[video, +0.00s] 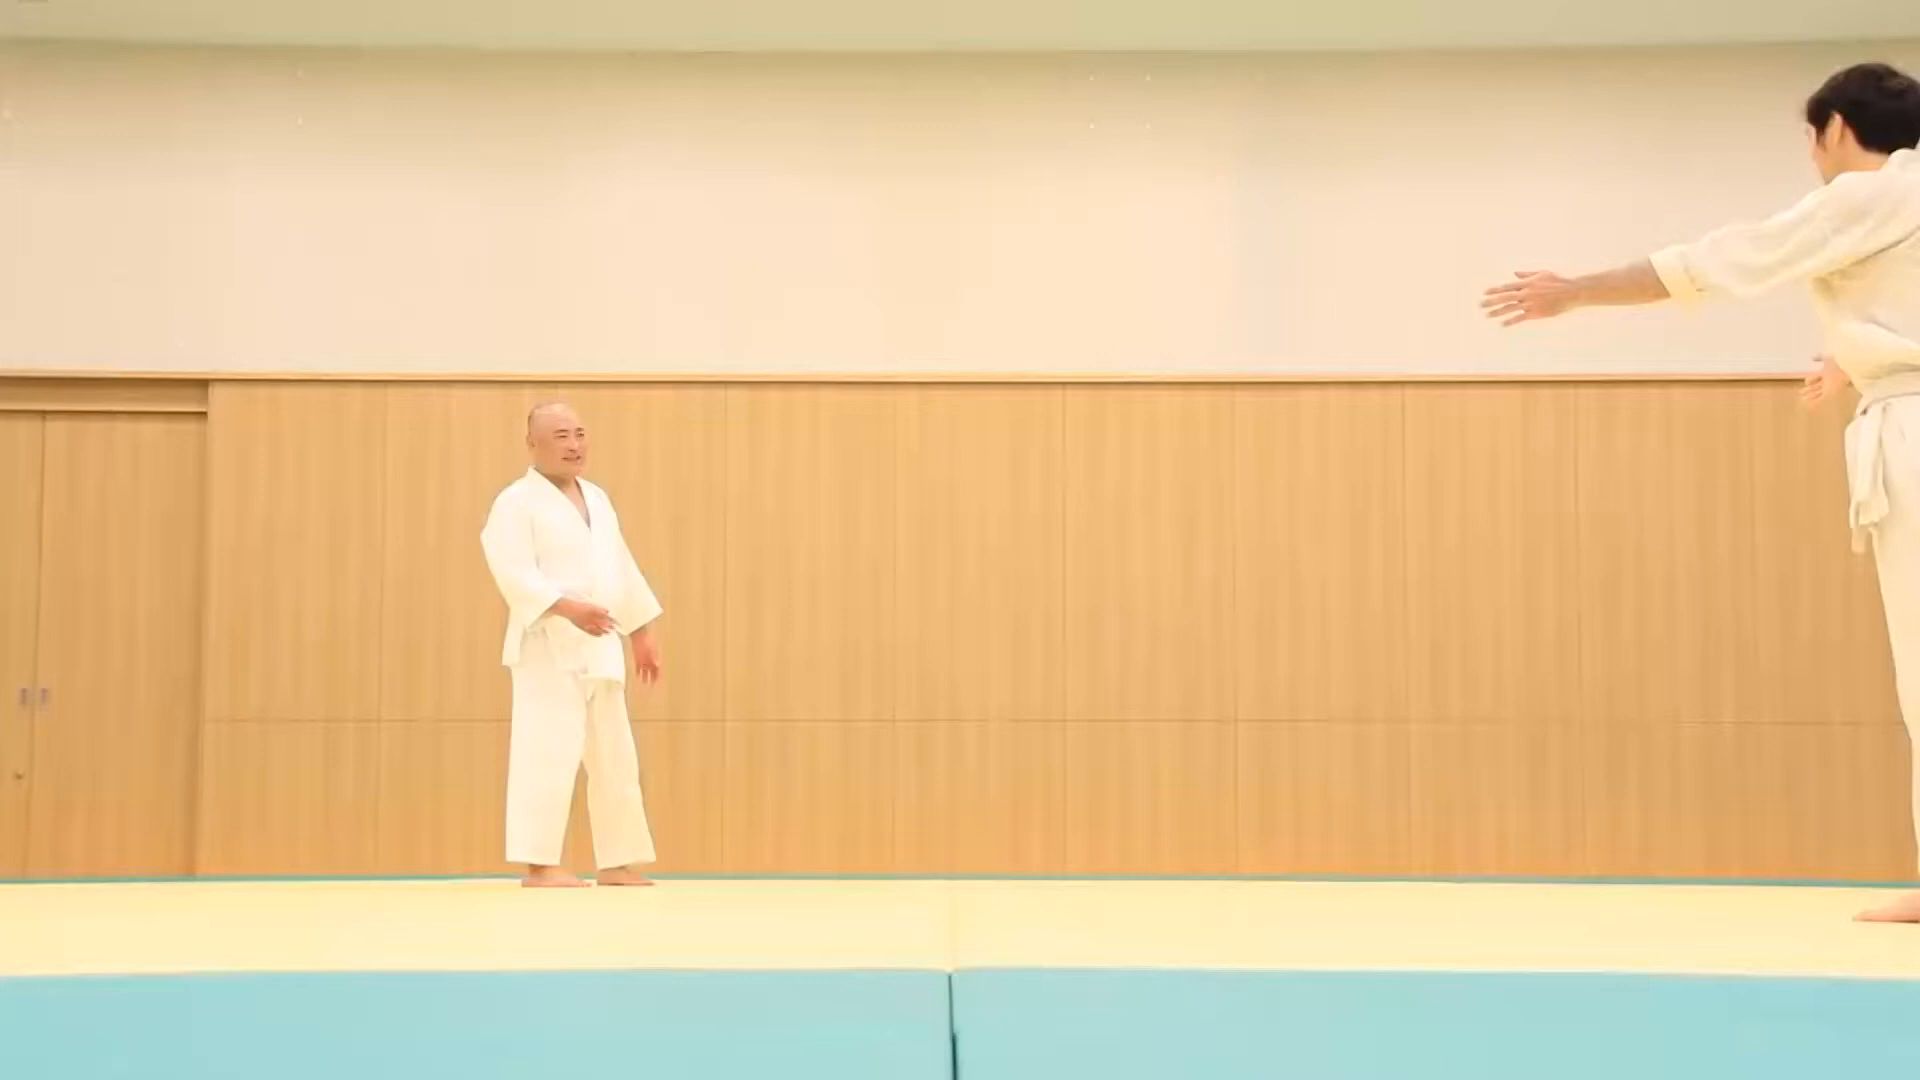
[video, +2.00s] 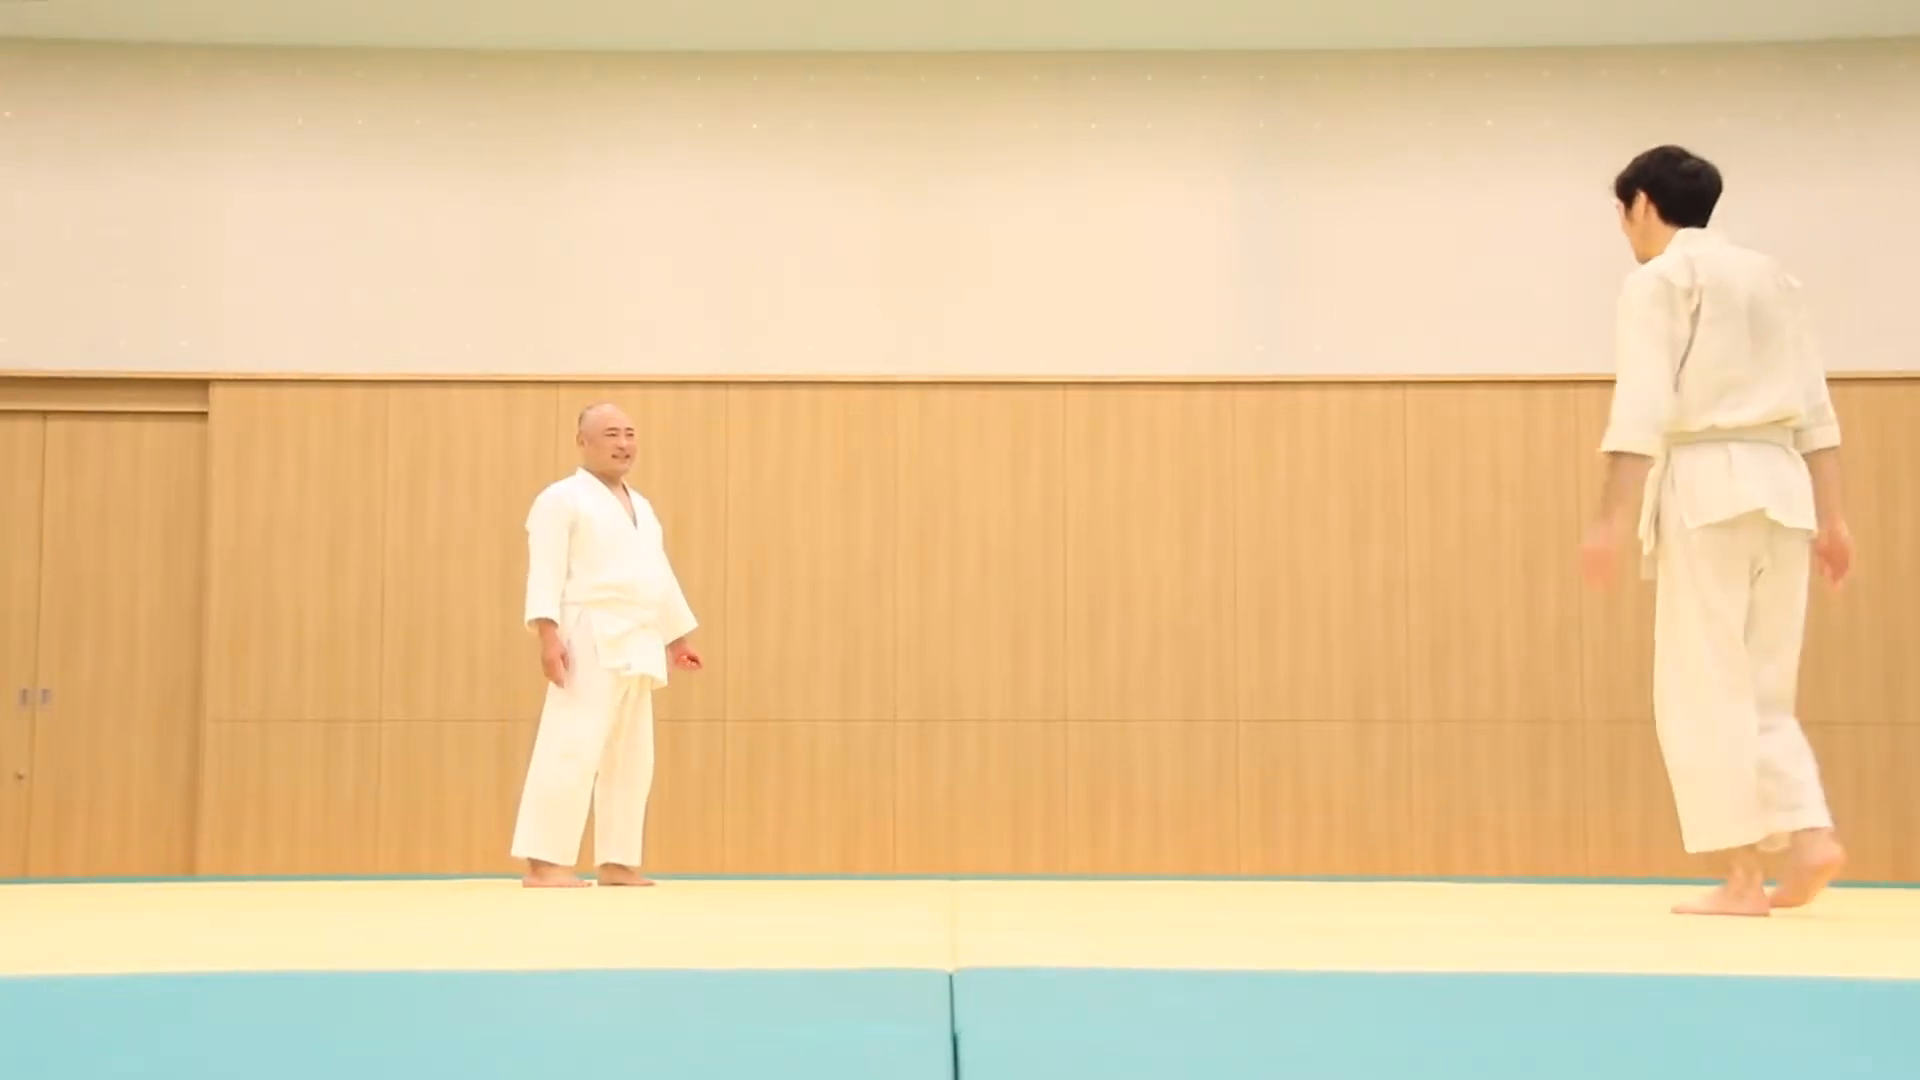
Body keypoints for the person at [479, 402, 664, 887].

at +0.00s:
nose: (575, 444)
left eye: (580, 434)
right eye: (561, 435)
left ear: (587, 440)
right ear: (533, 445)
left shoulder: (596, 499)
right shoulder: (515, 503)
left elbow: (621, 568)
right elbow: (514, 575)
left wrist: (641, 632)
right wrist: (569, 608)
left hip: (602, 648)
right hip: (548, 648)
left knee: (613, 755)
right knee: (547, 753)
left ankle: (616, 865)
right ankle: (540, 866)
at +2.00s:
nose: (624, 442)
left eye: (630, 434)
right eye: (611, 434)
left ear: (636, 443)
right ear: (583, 444)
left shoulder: (640, 506)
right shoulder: (561, 499)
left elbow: (658, 576)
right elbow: (545, 572)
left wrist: (675, 636)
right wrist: (549, 633)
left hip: (638, 648)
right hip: (587, 643)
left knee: (629, 755)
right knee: (569, 751)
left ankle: (617, 863)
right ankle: (543, 864)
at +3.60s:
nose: (609, 465)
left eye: (616, 456)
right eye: (598, 456)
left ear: (624, 463)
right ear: (573, 462)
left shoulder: (640, 516)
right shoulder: (541, 515)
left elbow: (675, 554)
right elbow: (517, 579)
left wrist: (701, 583)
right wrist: (501, 635)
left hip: (621, 650)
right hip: (559, 649)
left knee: (623, 756)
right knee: (559, 757)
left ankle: (616, 861)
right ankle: (562, 864)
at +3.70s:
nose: (603, 470)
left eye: (611, 462)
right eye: (592, 462)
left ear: (619, 468)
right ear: (567, 467)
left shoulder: (635, 514)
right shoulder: (536, 519)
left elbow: (679, 541)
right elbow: (513, 582)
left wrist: (671, 552)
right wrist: (498, 638)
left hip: (615, 650)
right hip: (555, 650)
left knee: (621, 756)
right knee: (557, 758)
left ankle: (615, 861)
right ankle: (561, 866)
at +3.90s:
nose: (597, 471)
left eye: (605, 462)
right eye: (586, 462)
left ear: (615, 467)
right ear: (563, 465)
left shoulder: (625, 511)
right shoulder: (532, 515)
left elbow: (657, 518)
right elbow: (507, 582)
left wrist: (612, 503)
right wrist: (490, 646)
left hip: (613, 647)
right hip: (553, 647)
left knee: (620, 754)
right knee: (555, 755)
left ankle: (610, 859)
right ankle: (562, 862)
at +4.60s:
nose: (601, 475)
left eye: (610, 466)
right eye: (590, 466)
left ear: (619, 470)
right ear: (568, 471)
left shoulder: (634, 512)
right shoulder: (541, 521)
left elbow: (683, 540)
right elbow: (522, 584)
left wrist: (650, 525)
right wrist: (512, 636)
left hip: (622, 651)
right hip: (565, 651)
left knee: (619, 758)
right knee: (562, 755)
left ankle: (610, 862)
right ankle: (564, 863)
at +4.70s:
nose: (599, 475)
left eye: (607, 465)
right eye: (587, 466)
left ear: (618, 468)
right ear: (568, 471)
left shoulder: (640, 515)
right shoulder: (542, 522)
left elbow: (689, 548)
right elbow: (522, 582)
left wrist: (673, 556)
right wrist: (512, 632)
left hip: (622, 651)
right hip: (564, 650)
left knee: (621, 759)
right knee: (561, 756)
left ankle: (612, 862)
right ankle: (564, 862)